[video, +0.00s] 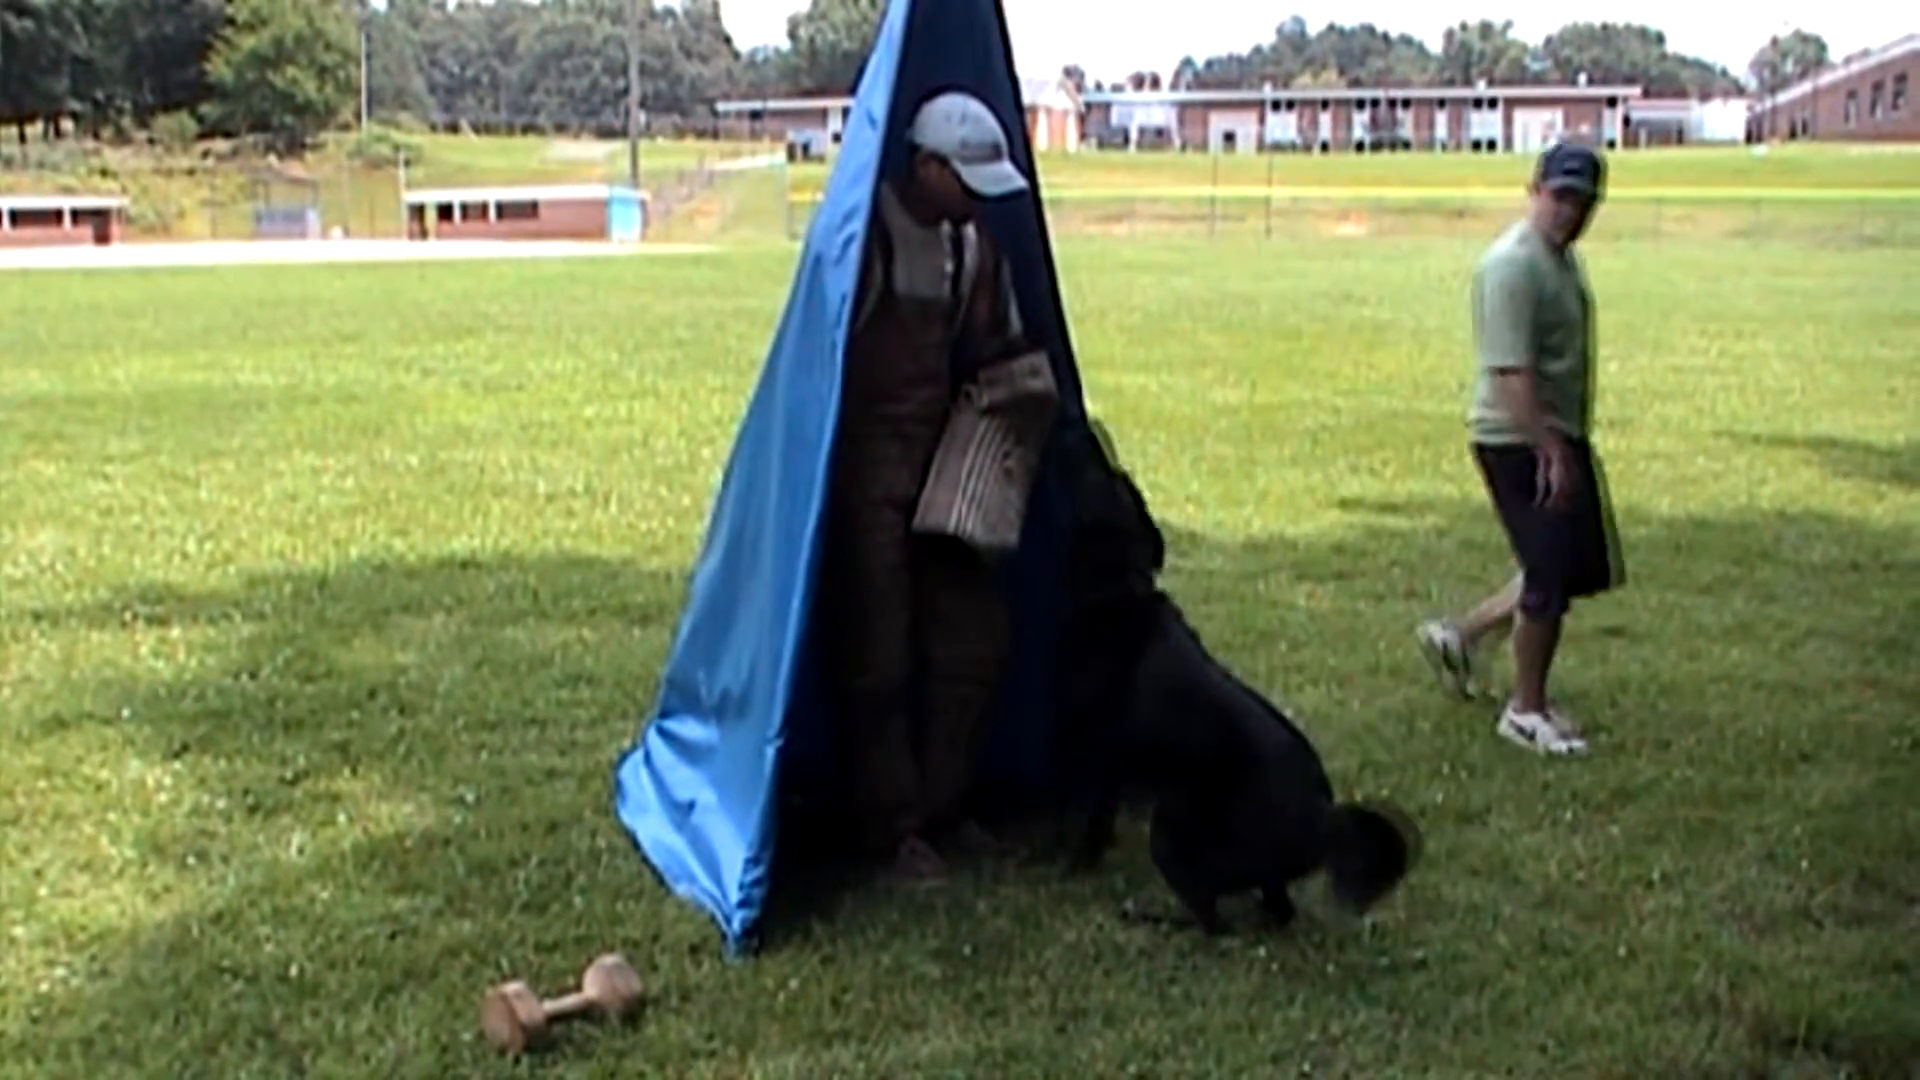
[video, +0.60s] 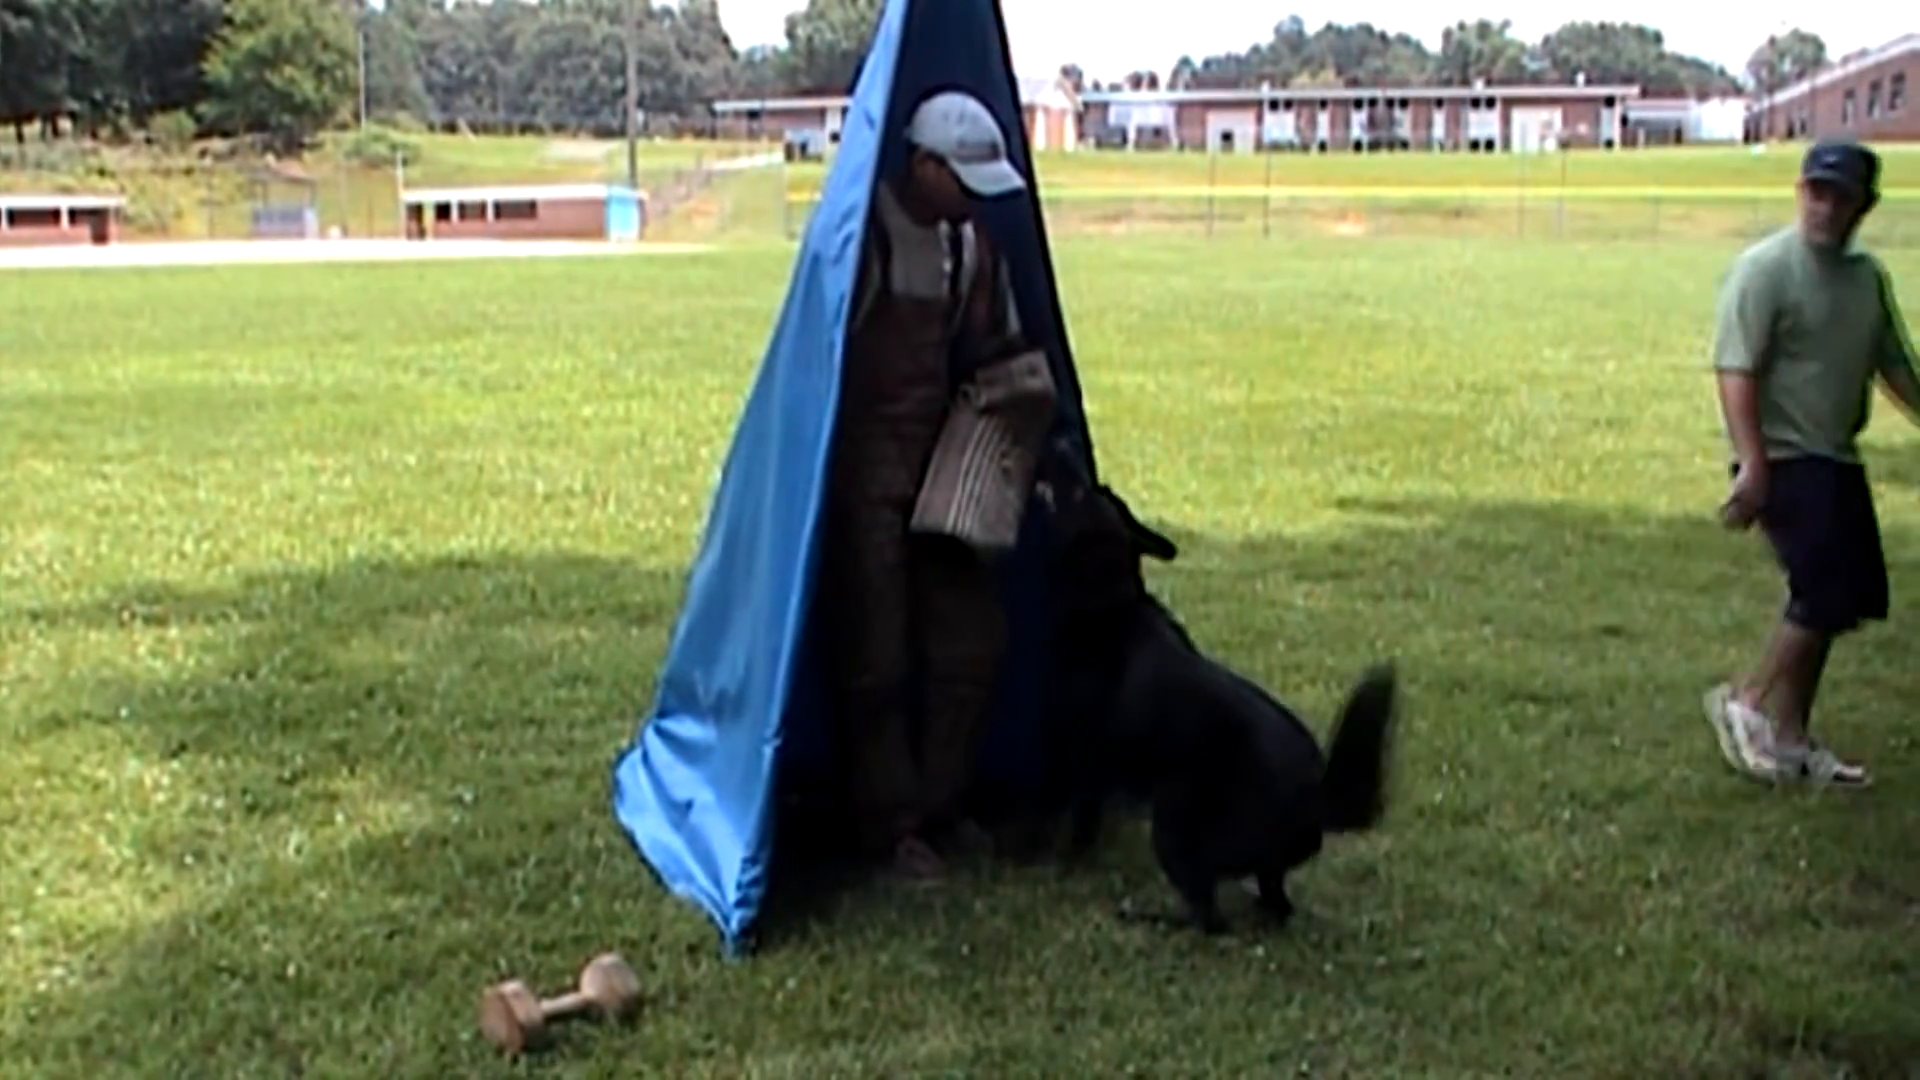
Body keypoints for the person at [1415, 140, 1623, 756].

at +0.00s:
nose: (1571, 212)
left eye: (1583, 202)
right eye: (1561, 198)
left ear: (1593, 208)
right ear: (1535, 194)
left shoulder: (1561, 262)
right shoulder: (1511, 267)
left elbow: (1559, 360)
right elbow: (1512, 374)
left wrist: (1573, 430)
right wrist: (1548, 442)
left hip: (1561, 435)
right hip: (1513, 439)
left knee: (1584, 565)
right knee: (1549, 570)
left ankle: (1463, 633)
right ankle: (1527, 708)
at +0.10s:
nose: (1610, 203)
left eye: (1624, 193)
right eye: (1601, 188)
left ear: (1636, 203)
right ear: (1578, 187)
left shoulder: (1610, 261)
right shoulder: (1550, 262)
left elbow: (1601, 358)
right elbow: (1558, 368)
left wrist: (1617, 432)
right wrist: (1622, 433)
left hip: (1601, 439)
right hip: (1548, 439)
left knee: (1649, 561)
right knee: (1563, 571)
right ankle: (1528, 704)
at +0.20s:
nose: (1654, 208)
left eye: (1668, 198)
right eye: (1644, 192)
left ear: (1682, 208)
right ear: (1622, 191)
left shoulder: (1663, 268)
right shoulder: (1593, 263)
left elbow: (1652, 362)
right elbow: (1599, 368)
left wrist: (1664, 431)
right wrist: (1691, 422)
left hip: (1650, 452)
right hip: (1585, 450)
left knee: (1690, 584)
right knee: (1568, 584)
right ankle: (1529, 707)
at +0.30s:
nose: (1695, 216)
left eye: (1710, 207)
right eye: (1687, 201)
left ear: (1728, 219)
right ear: (1668, 200)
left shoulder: (1717, 284)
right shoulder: (1636, 274)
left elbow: (1708, 375)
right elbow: (1637, 376)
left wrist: (1706, 441)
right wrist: (1731, 426)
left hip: (1693, 466)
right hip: (1625, 462)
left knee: (1736, 599)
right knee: (1590, 592)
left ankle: (1773, 734)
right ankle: (1534, 703)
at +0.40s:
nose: (1744, 223)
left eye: (1759, 213)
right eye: (1735, 208)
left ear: (1778, 225)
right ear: (1716, 208)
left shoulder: (1770, 289)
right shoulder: (1685, 281)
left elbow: (1769, 385)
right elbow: (1680, 388)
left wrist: (1777, 455)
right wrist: (1756, 451)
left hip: (1757, 473)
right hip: (1687, 474)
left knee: (1788, 611)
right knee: (1653, 604)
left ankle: (1787, 741)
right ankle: (1560, 688)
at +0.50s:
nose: (1788, 216)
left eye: (1804, 206)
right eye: (1779, 200)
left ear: (1822, 217)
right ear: (1760, 202)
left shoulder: (1819, 284)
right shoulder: (1727, 277)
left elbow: (1831, 379)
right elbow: (1720, 382)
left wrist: (1862, 444)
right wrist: (1752, 469)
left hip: (1802, 467)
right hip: (1737, 467)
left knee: (1812, 607)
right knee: (1750, 607)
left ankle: (1788, 742)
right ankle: (1644, 672)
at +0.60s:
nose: (1825, 206)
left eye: (1841, 196)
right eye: (1816, 191)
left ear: (1863, 208)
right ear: (1800, 193)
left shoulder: (1868, 278)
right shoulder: (1764, 270)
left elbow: (1894, 367)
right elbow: (1734, 371)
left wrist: (1918, 409)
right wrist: (1751, 465)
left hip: (1838, 458)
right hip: (1782, 457)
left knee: (1834, 598)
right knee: (1824, 590)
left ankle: (1790, 734)